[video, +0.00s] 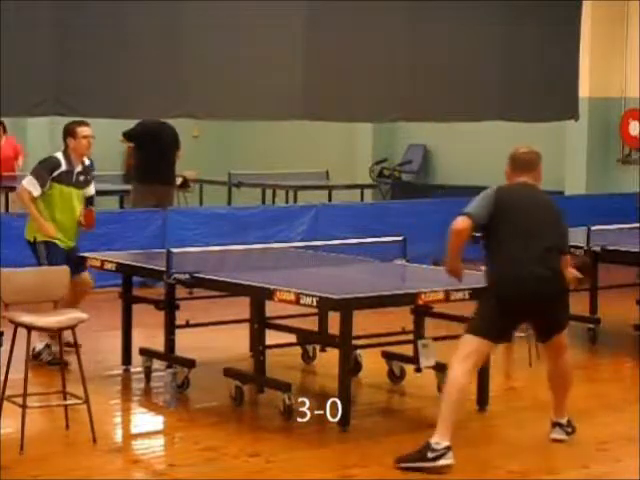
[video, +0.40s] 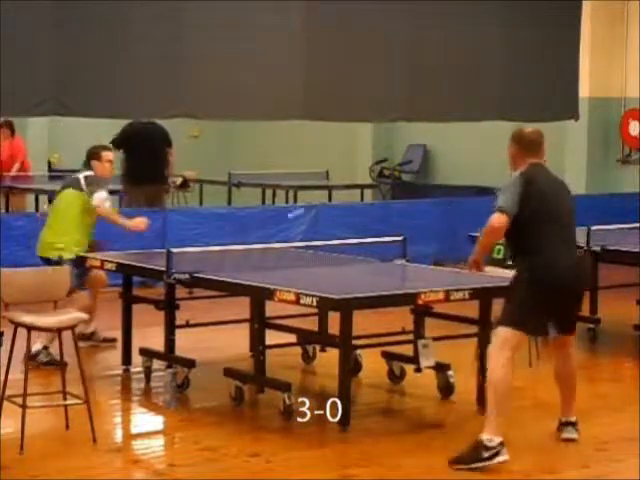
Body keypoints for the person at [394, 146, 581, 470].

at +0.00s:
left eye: (507, 173)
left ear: (508, 172)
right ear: (538, 174)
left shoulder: (496, 195)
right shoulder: (551, 205)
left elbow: (460, 227)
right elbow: (561, 257)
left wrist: (453, 262)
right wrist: (566, 271)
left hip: (505, 290)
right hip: (549, 289)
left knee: (464, 361)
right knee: (558, 351)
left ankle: (440, 444)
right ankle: (560, 421)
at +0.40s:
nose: (509, 159)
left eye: (510, 153)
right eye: (512, 153)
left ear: (514, 153)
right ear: (542, 153)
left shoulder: (518, 182)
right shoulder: (560, 185)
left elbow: (498, 224)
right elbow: (564, 231)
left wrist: (478, 256)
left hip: (535, 275)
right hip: (571, 274)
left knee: (501, 349)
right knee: (563, 344)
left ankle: (491, 440)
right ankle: (568, 420)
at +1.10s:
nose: (477, 178)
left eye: (477, 173)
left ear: (481, 173)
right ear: (511, 173)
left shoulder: (471, 207)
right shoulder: (536, 204)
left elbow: (456, 260)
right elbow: (567, 258)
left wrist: (446, 293)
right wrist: (577, 280)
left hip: (499, 308)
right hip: (547, 304)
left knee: (447, 377)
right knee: (558, 362)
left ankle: (466, 458)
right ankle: (587, 437)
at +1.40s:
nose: (450, 151)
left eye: (447, 146)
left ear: (448, 147)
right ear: (481, 140)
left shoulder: (448, 187)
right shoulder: (510, 171)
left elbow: (436, 245)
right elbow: (532, 221)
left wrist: (432, 268)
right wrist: (507, 239)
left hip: (481, 294)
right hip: (529, 287)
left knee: (452, 375)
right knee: (549, 365)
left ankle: (460, 460)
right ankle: (575, 447)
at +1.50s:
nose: (444, 144)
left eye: (444, 139)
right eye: (446, 138)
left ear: (448, 139)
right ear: (481, 136)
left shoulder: (451, 181)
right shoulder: (510, 165)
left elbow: (448, 238)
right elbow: (530, 218)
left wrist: (432, 262)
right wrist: (499, 235)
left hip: (484, 285)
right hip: (529, 278)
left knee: (454, 370)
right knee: (547, 364)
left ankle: (460, 461)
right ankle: (573, 448)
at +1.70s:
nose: (461, 153)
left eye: (462, 147)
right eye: (464, 147)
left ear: (468, 148)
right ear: (498, 145)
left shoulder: (467, 189)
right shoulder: (530, 184)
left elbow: (460, 244)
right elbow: (544, 240)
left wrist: (438, 268)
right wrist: (523, 269)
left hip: (491, 298)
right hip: (538, 295)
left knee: (452, 369)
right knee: (544, 366)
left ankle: (461, 461)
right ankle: (565, 449)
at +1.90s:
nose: (497, 144)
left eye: (497, 138)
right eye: (500, 137)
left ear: (503, 138)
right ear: (533, 138)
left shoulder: (498, 179)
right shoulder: (561, 176)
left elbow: (471, 233)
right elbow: (584, 234)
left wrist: (458, 275)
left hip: (522, 289)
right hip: (569, 287)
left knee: (490, 369)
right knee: (566, 368)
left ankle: (464, 457)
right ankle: (577, 451)